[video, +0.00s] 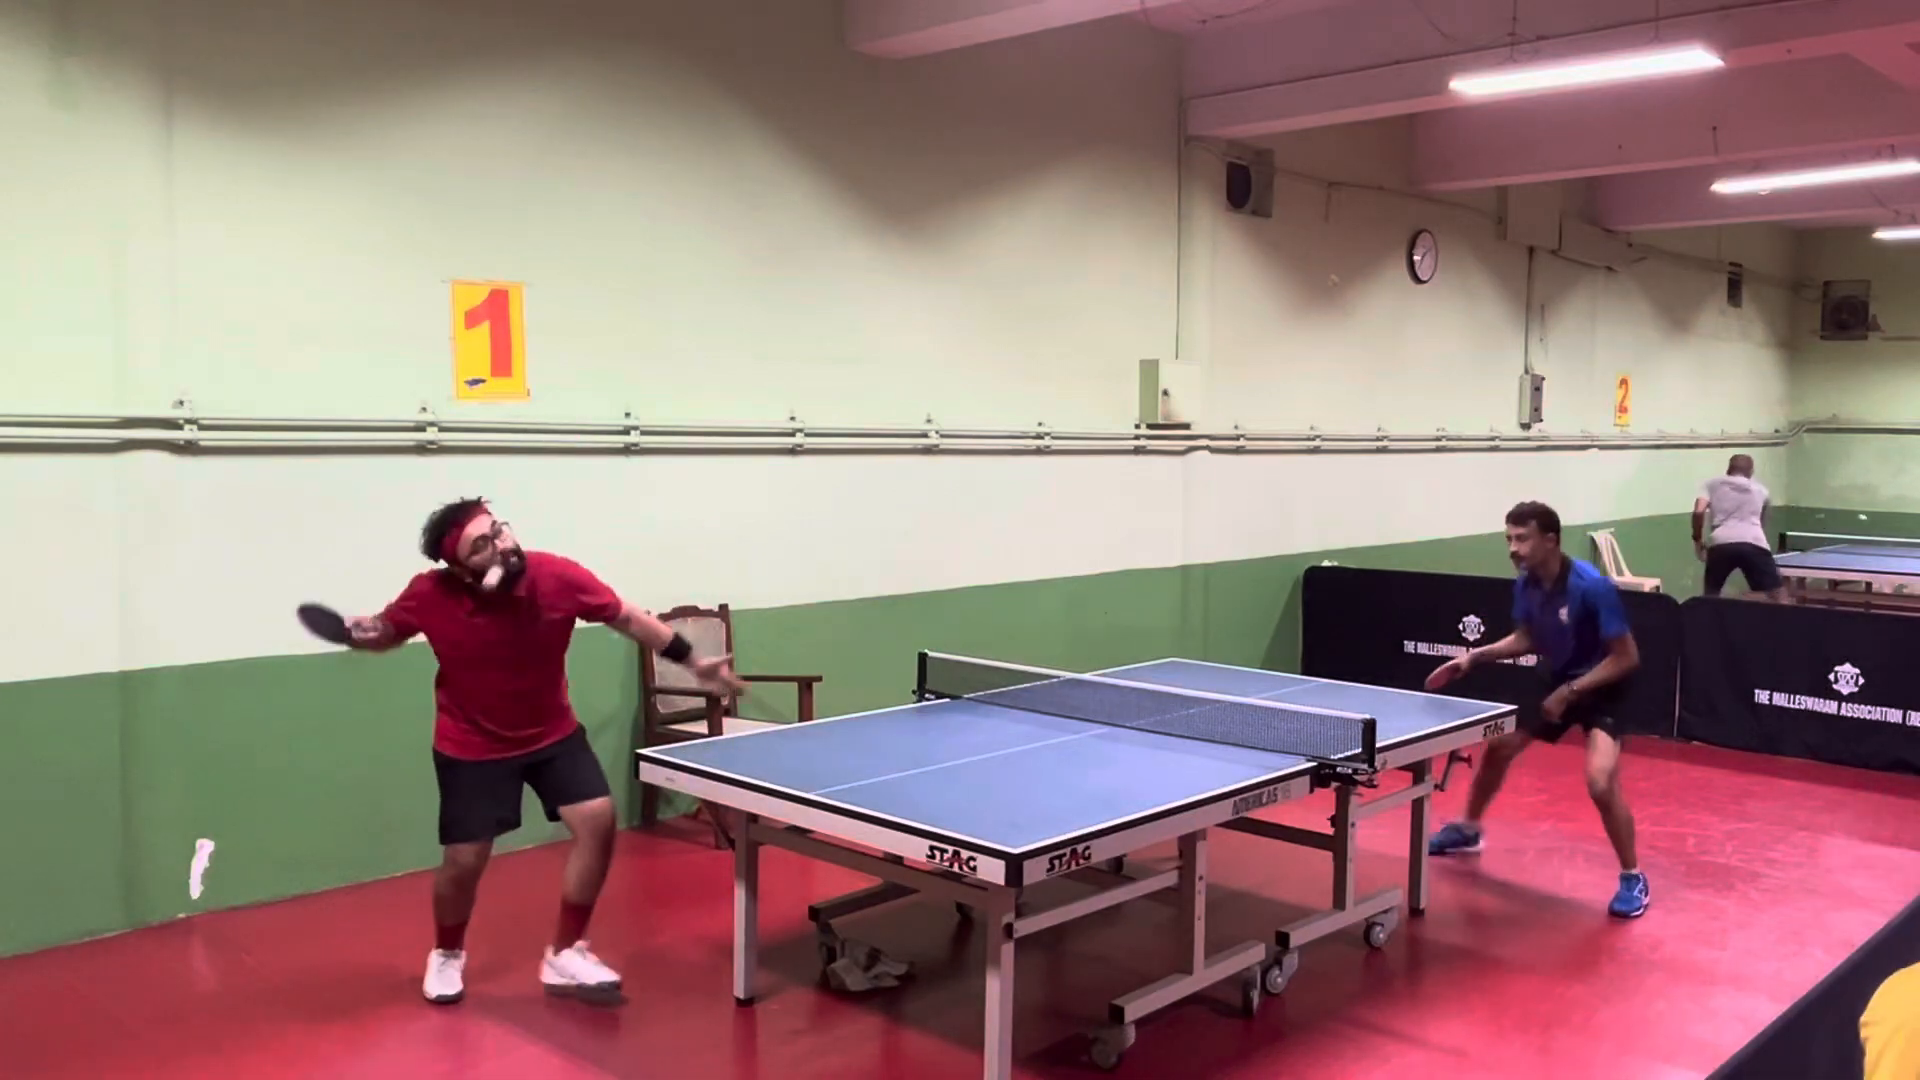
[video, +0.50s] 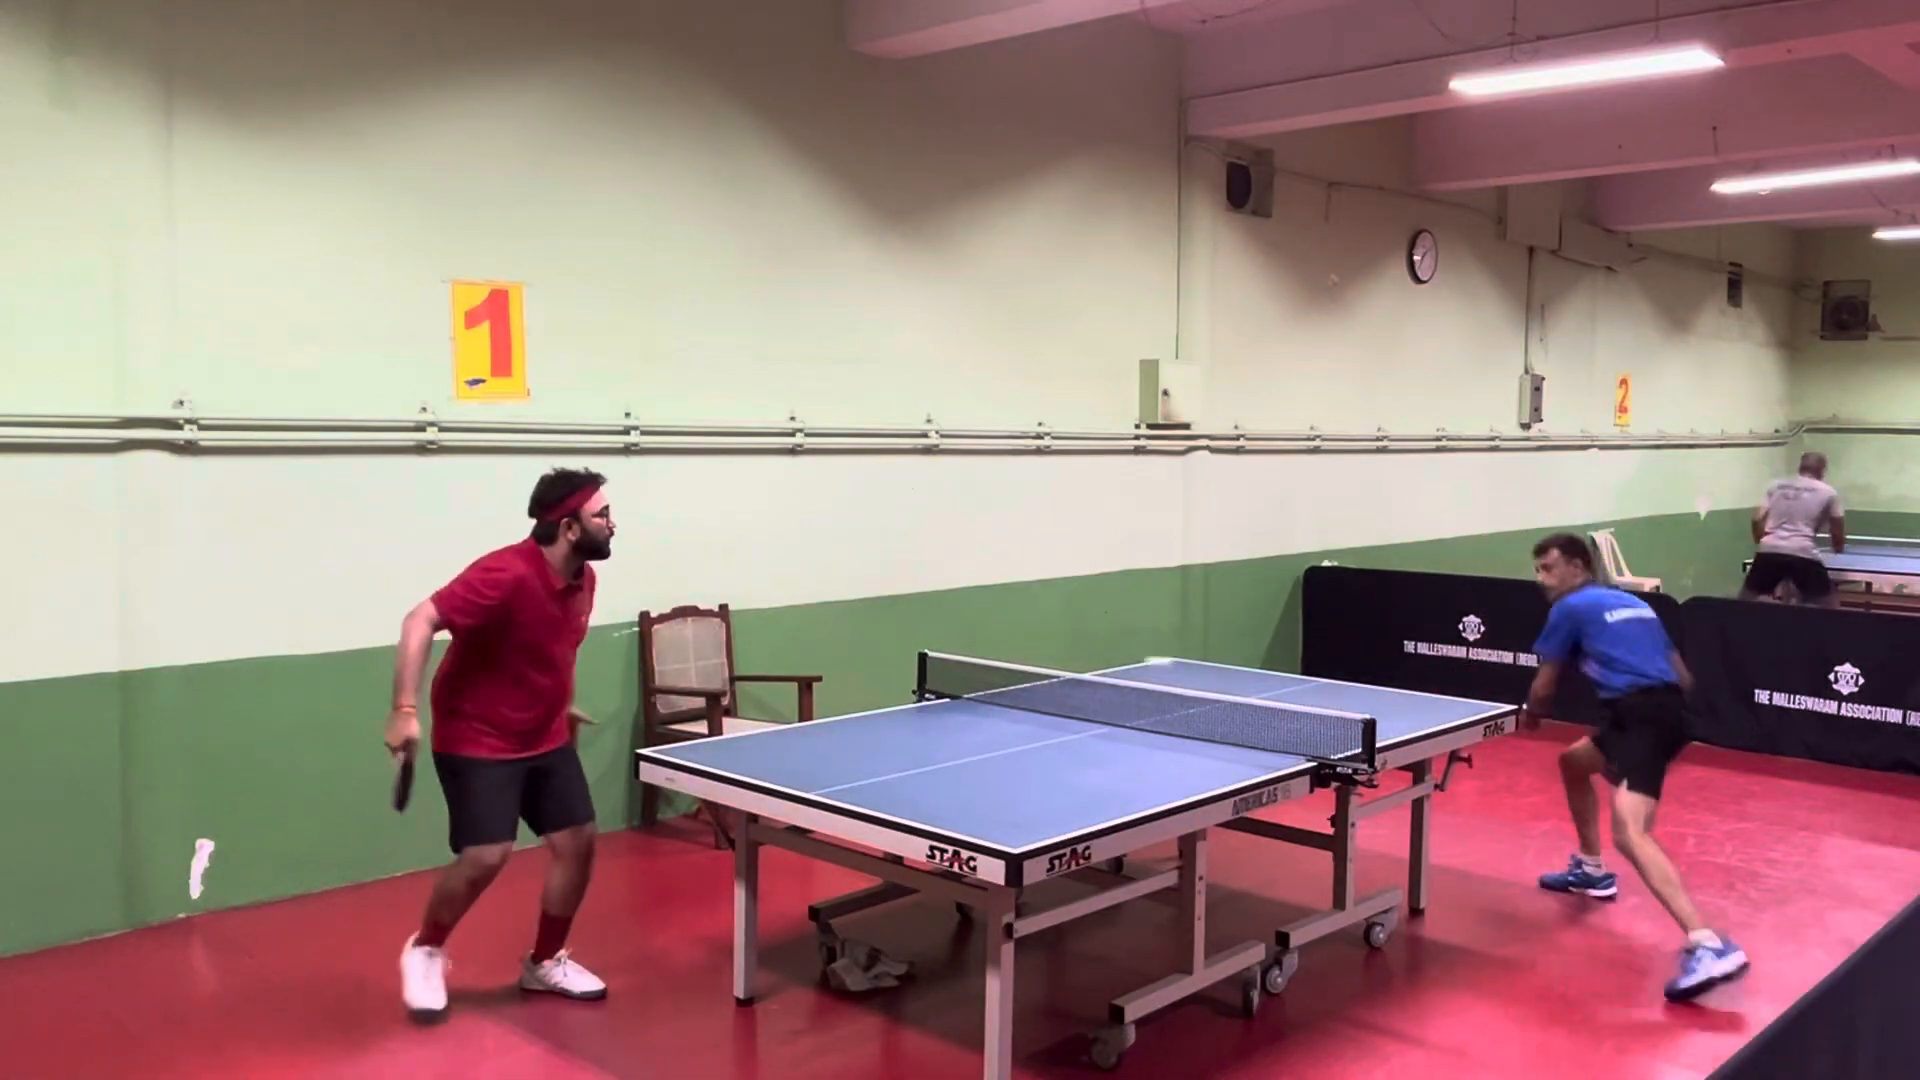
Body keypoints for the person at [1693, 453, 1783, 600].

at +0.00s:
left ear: (1728, 470)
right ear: (1751, 473)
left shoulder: (1712, 484)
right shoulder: (1761, 491)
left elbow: (1698, 512)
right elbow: (1762, 523)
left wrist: (1698, 541)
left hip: (1721, 546)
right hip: (1755, 546)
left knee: (1710, 596)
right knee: (1775, 597)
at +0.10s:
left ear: (1736, 471)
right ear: (1759, 473)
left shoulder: (1720, 485)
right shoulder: (1769, 492)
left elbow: (1704, 515)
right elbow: (1771, 529)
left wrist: (1706, 545)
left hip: (1727, 549)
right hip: (1760, 549)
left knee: (1715, 600)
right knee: (1784, 601)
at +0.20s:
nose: (1774, 476)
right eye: (1773, 473)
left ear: (1749, 473)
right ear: (1772, 475)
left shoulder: (1730, 490)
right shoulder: (1782, 495)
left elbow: (1713, 522)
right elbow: (1786, 530)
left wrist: (1717, 552)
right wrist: (1783, 550)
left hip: (1735, 554)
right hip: (1769, 554)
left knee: (1722, 606)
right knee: (1796, 605)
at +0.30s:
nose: (1790, 476)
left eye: (1789, 473)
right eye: (1789, 473)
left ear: (1766, 473)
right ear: (1787, 474)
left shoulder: (1747, 492)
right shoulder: (1798, 496)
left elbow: (1729, 523)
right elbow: (1806, 526)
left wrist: (1731, 553)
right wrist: (1805, 550)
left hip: (1748, 556)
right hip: (1781, 557)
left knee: (1733, 606)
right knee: (1804, 603)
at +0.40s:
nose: (1809, 475)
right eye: (1809, 471)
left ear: (1786, 470)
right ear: (1806, 472)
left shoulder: (1764, 489)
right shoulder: (1814, 494)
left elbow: (1746, 522)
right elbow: (1823, 529)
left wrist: (1748, 551)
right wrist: (1822, 550)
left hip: (1759, 556)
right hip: (1793, 558)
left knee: (1739, 604)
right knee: (1817, 606)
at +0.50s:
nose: (1824, 474)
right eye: (1824, 470)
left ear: (1800, 469)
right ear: (1821, 471)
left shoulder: (1776, 486)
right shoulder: (1828, 493)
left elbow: (1757, 518)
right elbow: (1838, 544)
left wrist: (1761, 541)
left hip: (1768, 553)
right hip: (1803, 557)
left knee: (1744, 604)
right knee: (1829, 607)